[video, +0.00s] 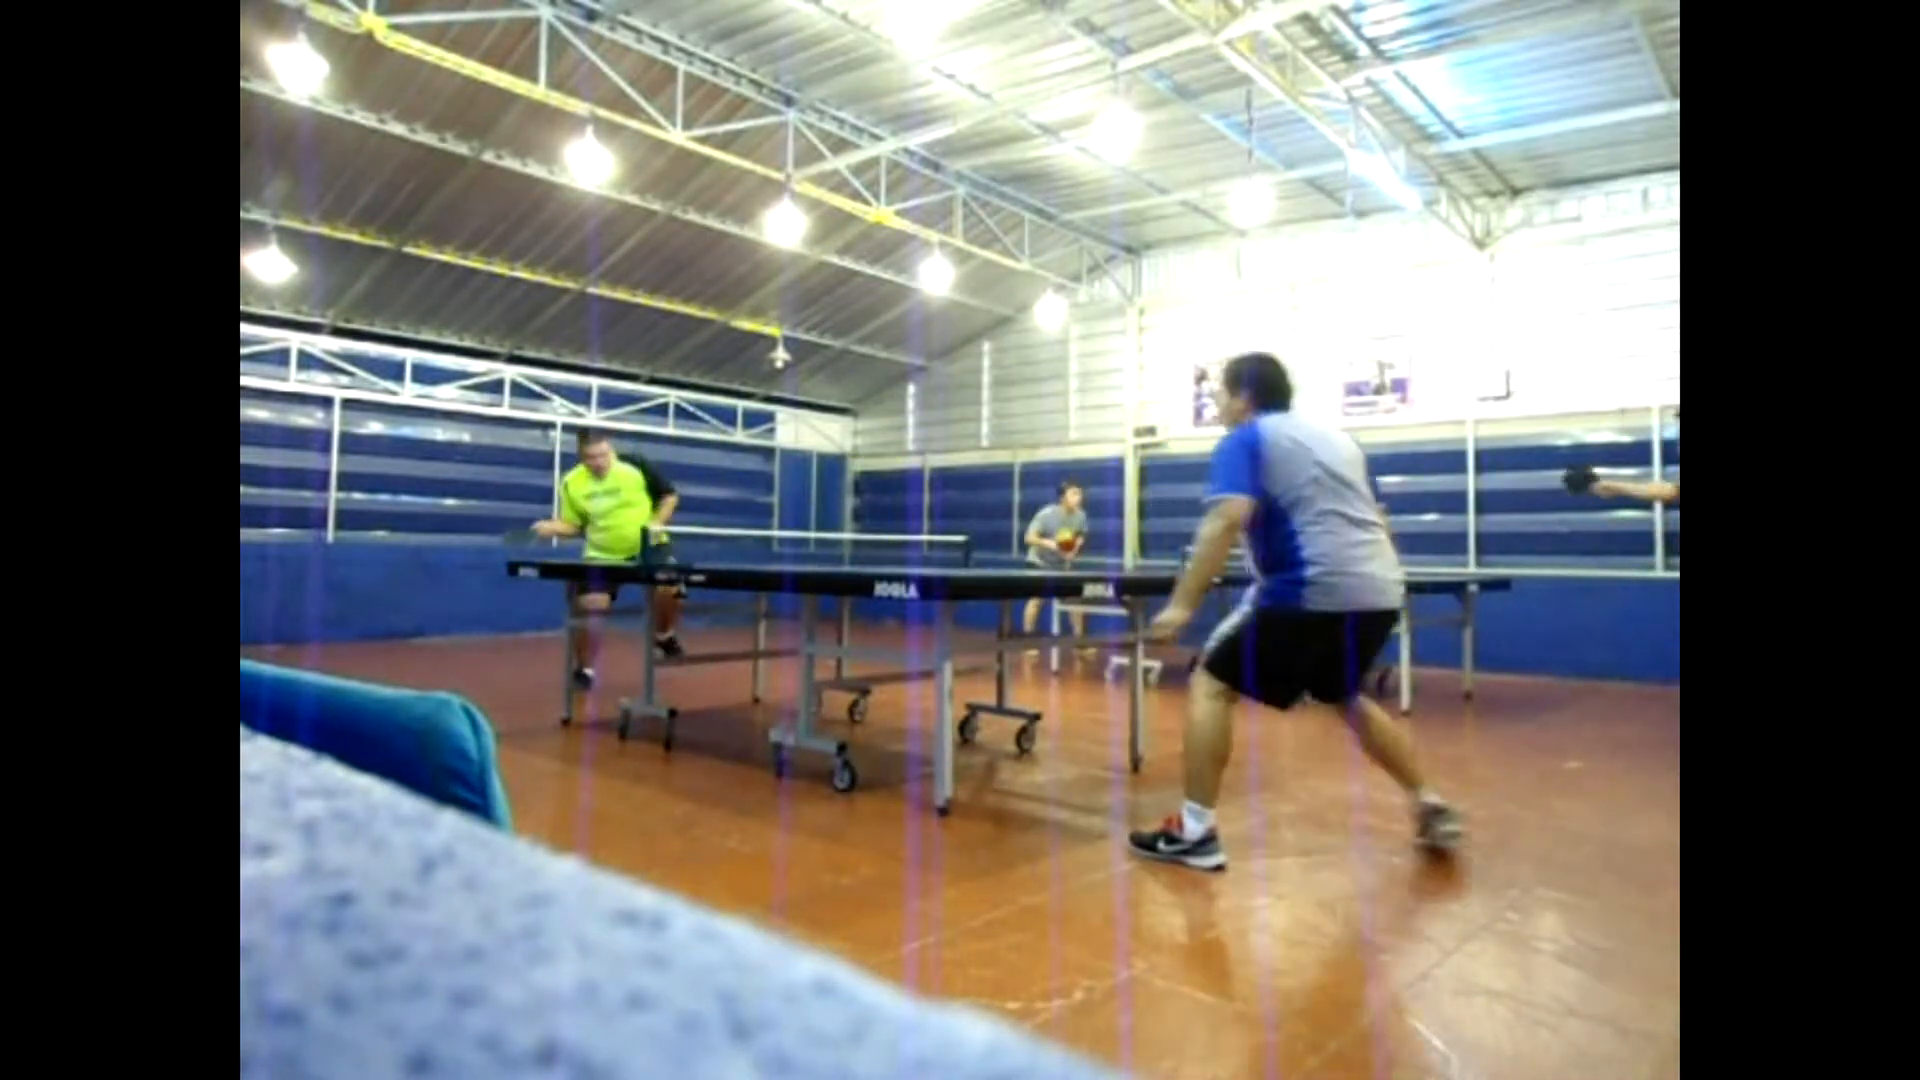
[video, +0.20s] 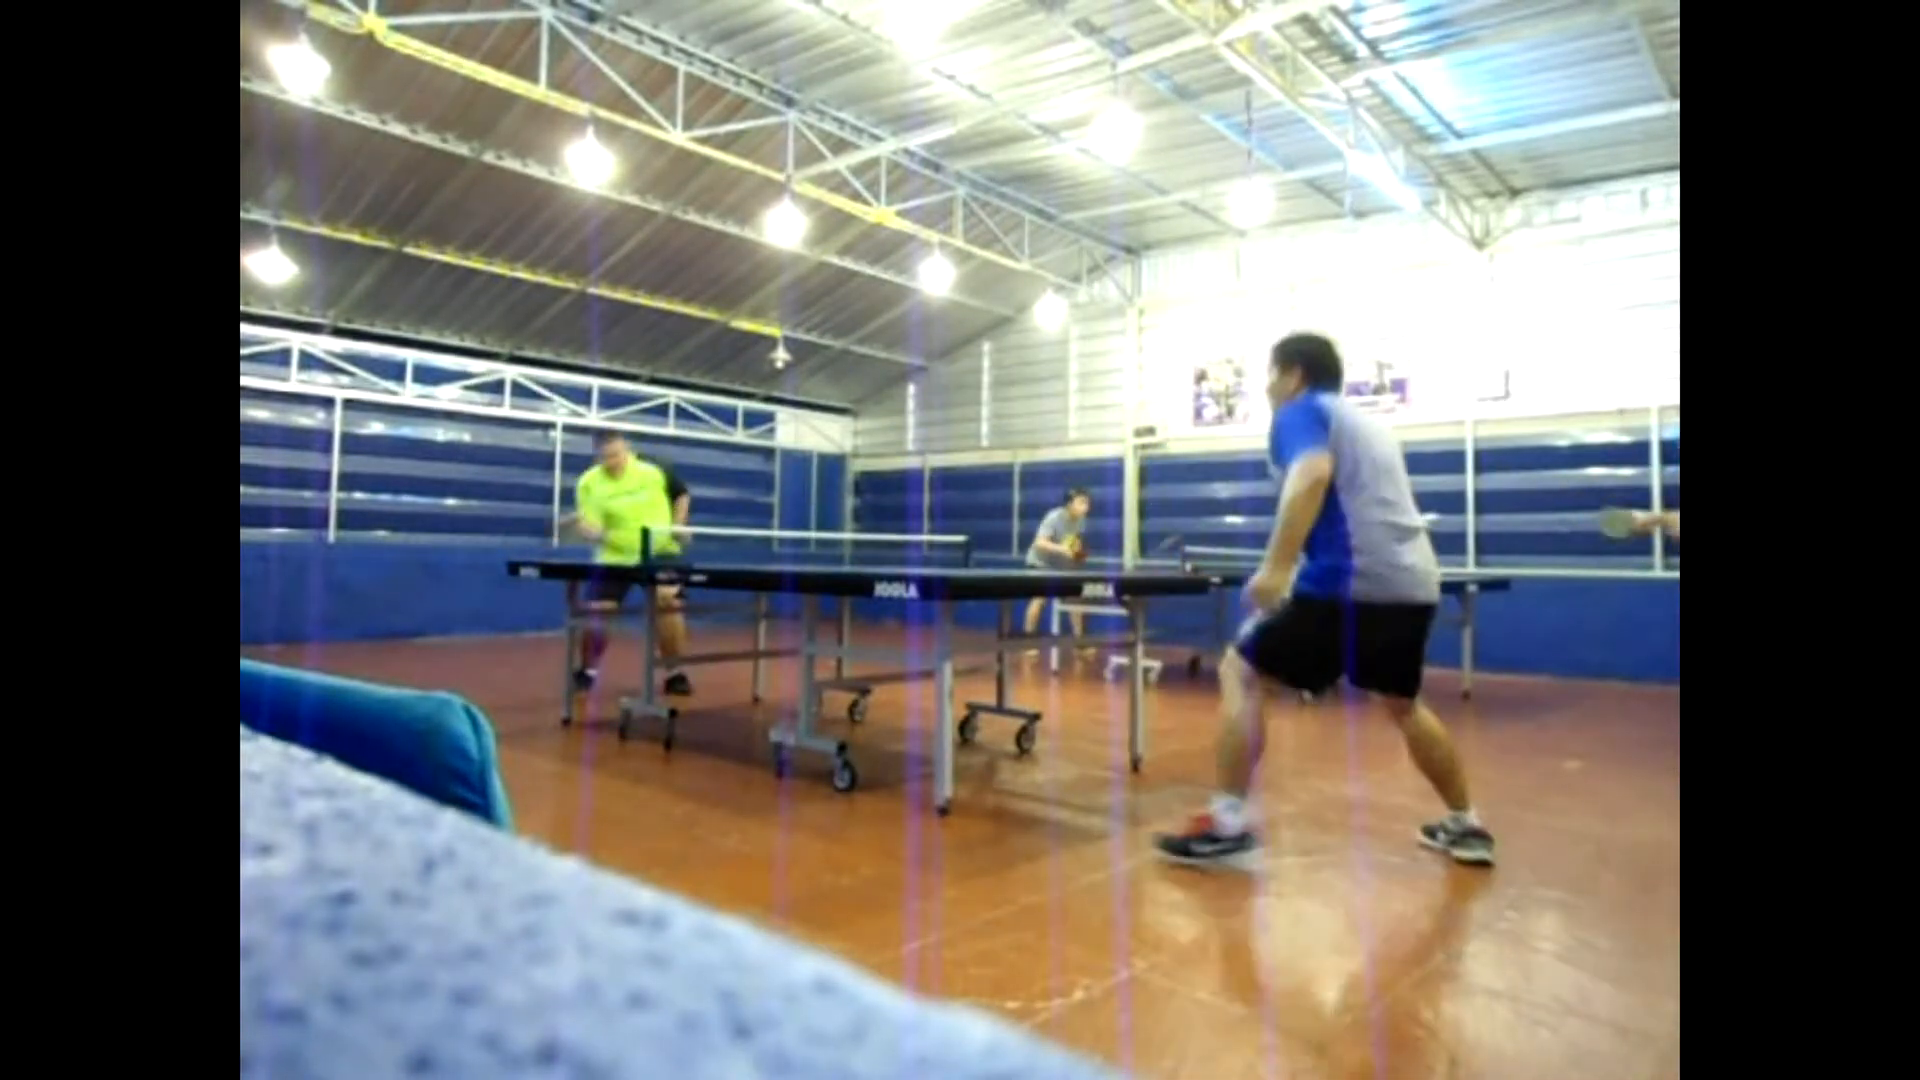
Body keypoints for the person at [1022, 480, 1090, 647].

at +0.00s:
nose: (1077, 498)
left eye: (1078, 494)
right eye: (1073, 494)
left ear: (1081, 497)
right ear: (1063, 496)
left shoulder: (1080, 516)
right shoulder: (1047, 513)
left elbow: (1081, 535)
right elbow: (1029, 537)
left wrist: (1073, 550)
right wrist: (1049, 544)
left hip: (1064, 561)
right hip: (1040, 562)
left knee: (1075, 600)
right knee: (1036, 598)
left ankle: (1079, 638)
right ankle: (1028, 636)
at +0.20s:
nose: (1085, 508)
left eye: (1086, 503)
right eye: (1081, 503)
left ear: (1087, 505)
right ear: (1070, 503)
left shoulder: (1080, 521)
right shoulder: (1055, 516)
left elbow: (1075, 541)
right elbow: (1040, 542)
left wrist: (1078, 550)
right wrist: (1064, 549)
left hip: (1064, 563)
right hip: (1041, 562)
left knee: (1075, 599)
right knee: (1039, 597)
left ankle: (1079, 639)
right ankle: (1029, 637)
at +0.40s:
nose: (1086, 499)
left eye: (1087, 494)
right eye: (1082, 494)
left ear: (1088, 498)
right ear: (1073, 495)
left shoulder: (1079, 513)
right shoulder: (1058, 509)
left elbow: (1076, 531)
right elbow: (1060, 532)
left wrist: (1095, 530)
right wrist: (1084, 531)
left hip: (1067, 561)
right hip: (1045, 560)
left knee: (1076, 599)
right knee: (1041, 597)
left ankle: (1079, 639)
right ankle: (1029, 636)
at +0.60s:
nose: (1082, 488)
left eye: (1084, 484)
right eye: (1078, 484)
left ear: (1086, 489)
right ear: (1070, 486)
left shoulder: (1080, 507)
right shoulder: (1057, 502)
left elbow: (1076, 530)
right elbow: (1057, 519)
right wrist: (1081, 514)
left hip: (1071, 559)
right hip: (1049, 558)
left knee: (1076, 600)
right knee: (1039, 597)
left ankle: (1080, 637)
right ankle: (1026, 633)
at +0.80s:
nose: (1073, 489)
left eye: (1075, 485)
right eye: (1069, 484)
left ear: (1079, 488)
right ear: (1061, 487)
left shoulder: (1075, 507)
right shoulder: (1048, 505)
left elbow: (1074, 530)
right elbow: (1038, 528)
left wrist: (1075, 546)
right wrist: (1058, 527)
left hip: (1067, 561)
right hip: (1043, 560)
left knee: (1076, 601)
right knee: (1036, 599)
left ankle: (1079, 638)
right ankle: (1024, 635)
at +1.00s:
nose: (1061, 490)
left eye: (1065, 485)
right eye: (1057, 485)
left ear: (1070, 488)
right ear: (1050, 485)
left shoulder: (1068, 508)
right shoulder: (1039, 506)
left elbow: (1070, 529)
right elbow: (1025, 531)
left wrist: (1068, 546)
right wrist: (1045, 535)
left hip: (1059, 561)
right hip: (1036, 561)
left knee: (1068, 600)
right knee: (1031, 599)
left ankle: (1073, 638)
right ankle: (1023, 635)